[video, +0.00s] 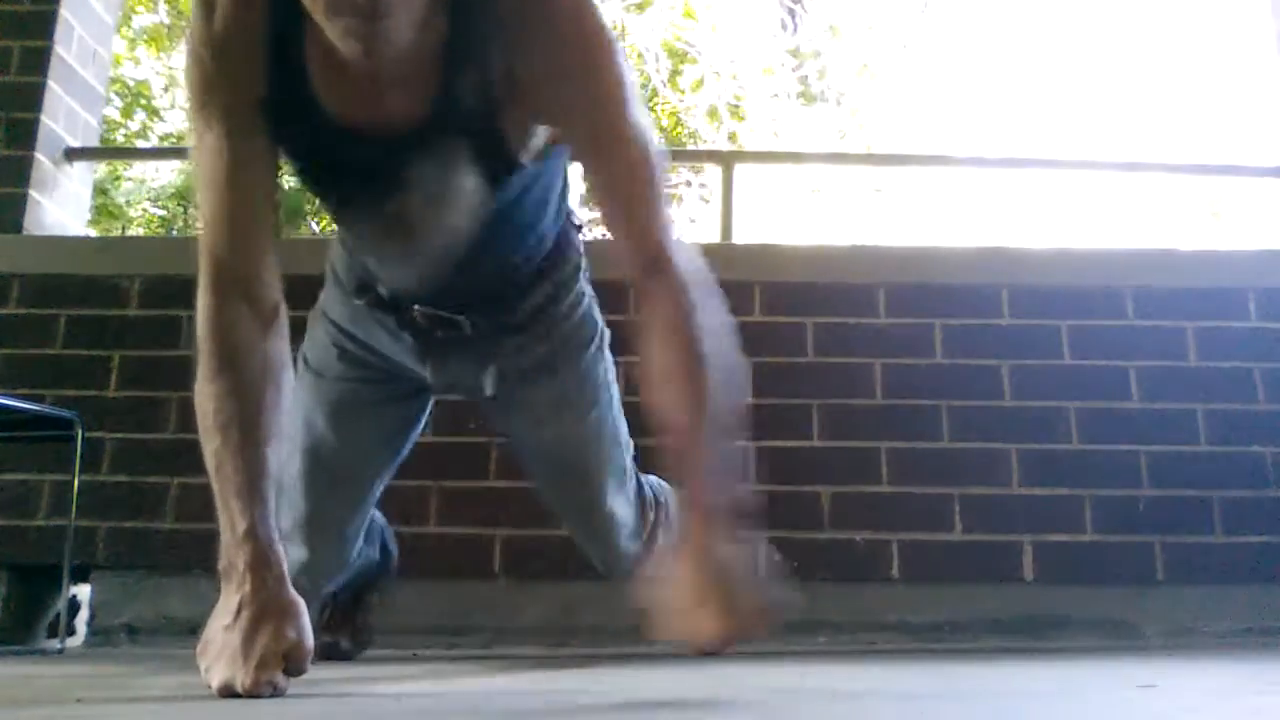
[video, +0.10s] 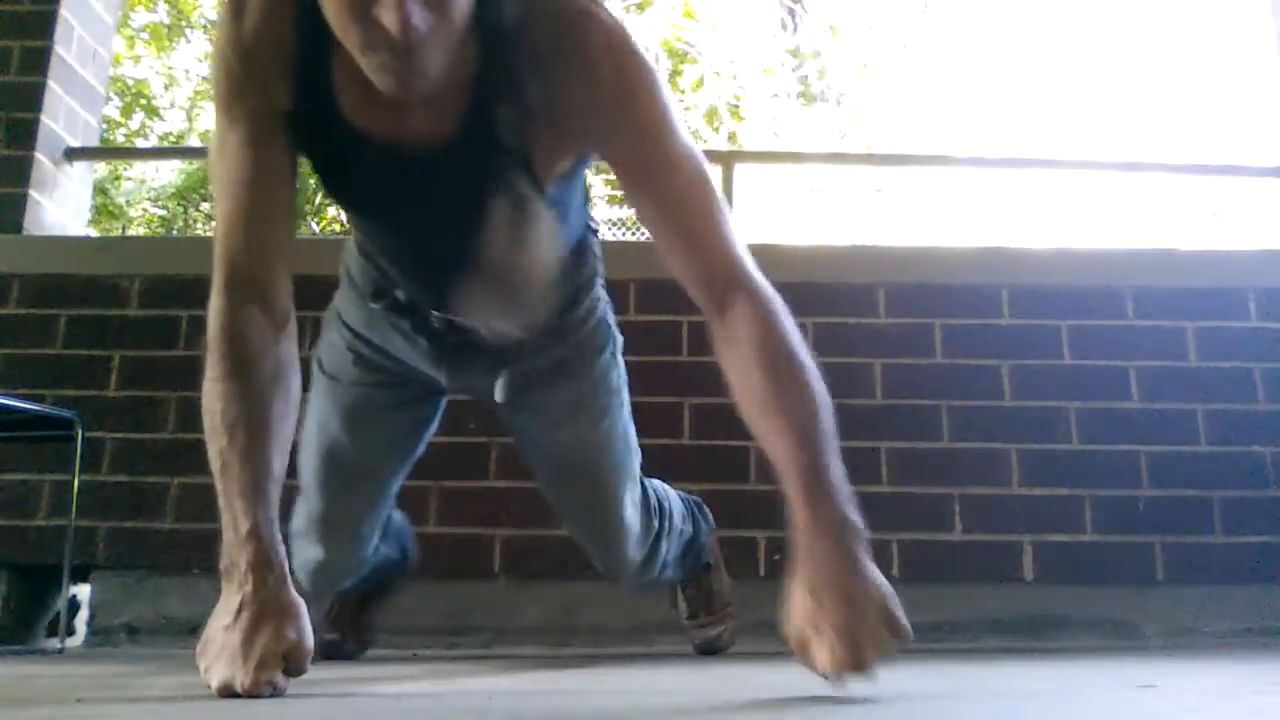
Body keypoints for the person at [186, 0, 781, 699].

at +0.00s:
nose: (357, 5)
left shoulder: (539, 22)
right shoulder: (237, 31)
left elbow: (660, 264)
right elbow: (240, 299)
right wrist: (248, 565)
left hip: (531, 316)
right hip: (367, 316)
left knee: (615, 542)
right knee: (299, 564)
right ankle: (357, 564)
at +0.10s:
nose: (400, 16)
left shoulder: (572, 40)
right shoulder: (266, 33)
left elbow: (730, 292)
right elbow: (251, 303)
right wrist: (249, 572)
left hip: (551, 330)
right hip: (384, 319)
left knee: (621, 542)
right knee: (320, 555)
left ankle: (690, 545)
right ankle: (378, 562)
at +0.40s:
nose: (525, 13)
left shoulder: (692, 34)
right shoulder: (370, 27)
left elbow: (793, 287)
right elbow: (297, 296)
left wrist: (858, 561)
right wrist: (255, 566)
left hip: (636, 340)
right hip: (475, 338)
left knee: (663, 565)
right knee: (482, 593)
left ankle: (693, 569)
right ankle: (565, 549)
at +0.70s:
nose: (652, 15)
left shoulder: (799, 21)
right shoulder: (485, 19)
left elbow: (846, 278)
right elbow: (444, 286)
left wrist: (862, 568)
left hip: (745, 292)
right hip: (593, 288)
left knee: (790, 541)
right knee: (566, 548)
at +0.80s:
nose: (693, 25)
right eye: (657, 2)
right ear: (603, 4)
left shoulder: (828, 20)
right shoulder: (521, 25)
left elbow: (864, 287)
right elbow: (546, 318)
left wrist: (862, 569)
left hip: (773, 305)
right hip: (618, 306)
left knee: (848, 514)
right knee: (580, 514)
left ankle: (863, 611)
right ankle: (586, 583)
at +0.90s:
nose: (734, 44)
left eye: (767, 10)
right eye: (699, 10)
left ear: (809, 7)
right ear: (641, 13)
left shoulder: (861, 21)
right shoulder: (556, 22)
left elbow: (886, 290)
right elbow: (595, 321)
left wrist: (865, 574)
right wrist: (677, 570)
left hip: (793, 329)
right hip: (641, 320)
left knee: (896, 493)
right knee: (590, 545)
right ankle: (585, 594)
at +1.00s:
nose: (767, 26)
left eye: (798, 0)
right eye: (731, 1)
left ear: (837, 0)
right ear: (673, 5)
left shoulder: (896, 24)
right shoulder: (593, 21)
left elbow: (904, 296)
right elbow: (617, 303)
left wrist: (867, 572)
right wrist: (674, 571)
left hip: (813, 347)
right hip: (661, 335)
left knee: (913, 503)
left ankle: (1012, 565)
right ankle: (587, 598)